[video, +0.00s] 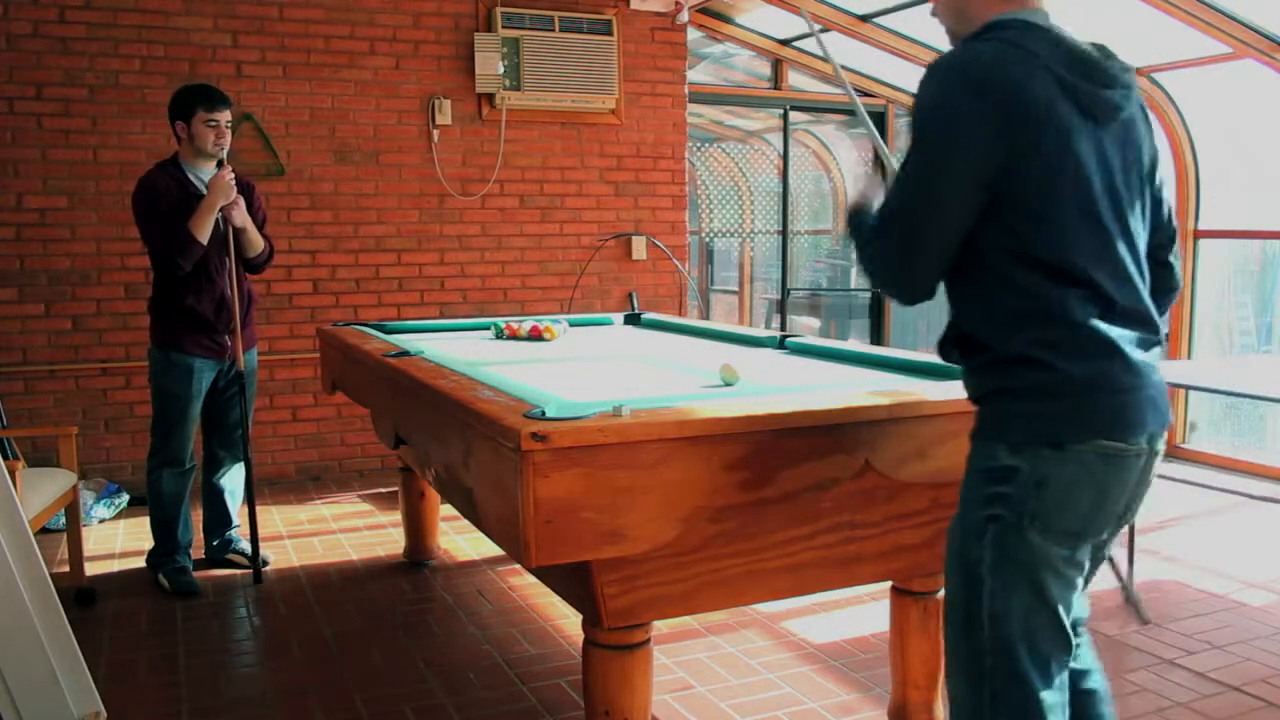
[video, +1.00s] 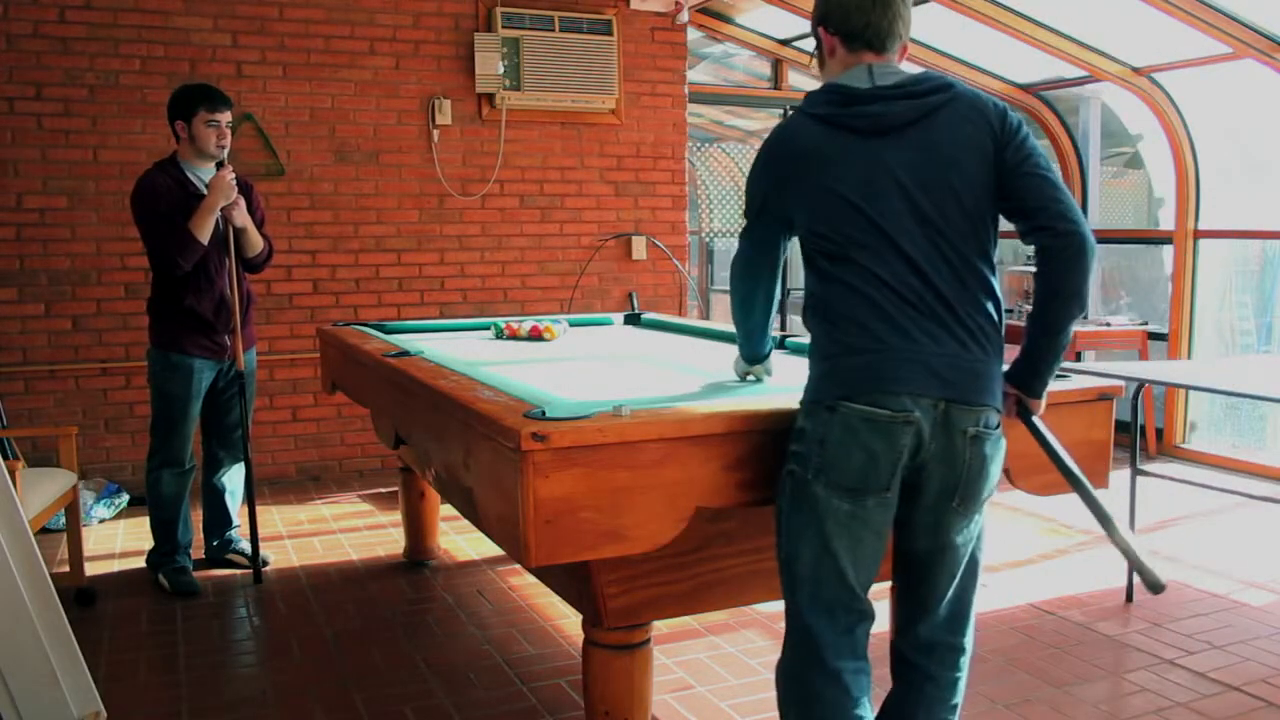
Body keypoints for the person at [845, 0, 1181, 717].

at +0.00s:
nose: (934, 9)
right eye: (933, 0)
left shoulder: (974, 73)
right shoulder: (1116, 85)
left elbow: (904, 270)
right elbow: (1160, 271)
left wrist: (866, 200)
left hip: (1043, 419)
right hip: (1134, 410)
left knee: (1002, 682)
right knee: (1056, 638)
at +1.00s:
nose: (817, 53)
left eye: (816, 41)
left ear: (826, 41)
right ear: (904, 40)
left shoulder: (799, 135)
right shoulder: (987, 117)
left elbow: (754, 266)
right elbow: (1070, 242)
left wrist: (755, 349)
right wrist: (1031, 374)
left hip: (857, 398)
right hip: (969, 400)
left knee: (828, 633)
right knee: (937, 638)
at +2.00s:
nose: (920, 41)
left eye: (919, 24)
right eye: (919, 26)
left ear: (936, 19)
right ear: (1013, 25)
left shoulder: (898, 127)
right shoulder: (1110, 120)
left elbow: (849, 288)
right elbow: (1217, 254)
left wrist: (826, 348)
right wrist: (1115, 354)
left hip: (962, 439)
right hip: (1076, 441)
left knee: (974, 686)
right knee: (981, 673)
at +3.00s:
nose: (1063, 88)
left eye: (1065, 73)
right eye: (1062, 74)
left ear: (1091, 69)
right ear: (1177, 60)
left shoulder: (1060, 177)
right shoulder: (1263, 101)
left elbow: (947, 286)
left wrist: (871, 362)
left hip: (1178, 469)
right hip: (1275, 462)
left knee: (1113, 695)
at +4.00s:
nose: (1046, 263)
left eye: (1046, 248)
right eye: (1043, 250)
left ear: (1073, 247)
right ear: (1150, 219)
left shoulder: (1055, 318)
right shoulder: (1247, 218)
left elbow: (940, 360)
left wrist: (860, 377)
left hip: (1235, 503)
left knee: (1127, 701)